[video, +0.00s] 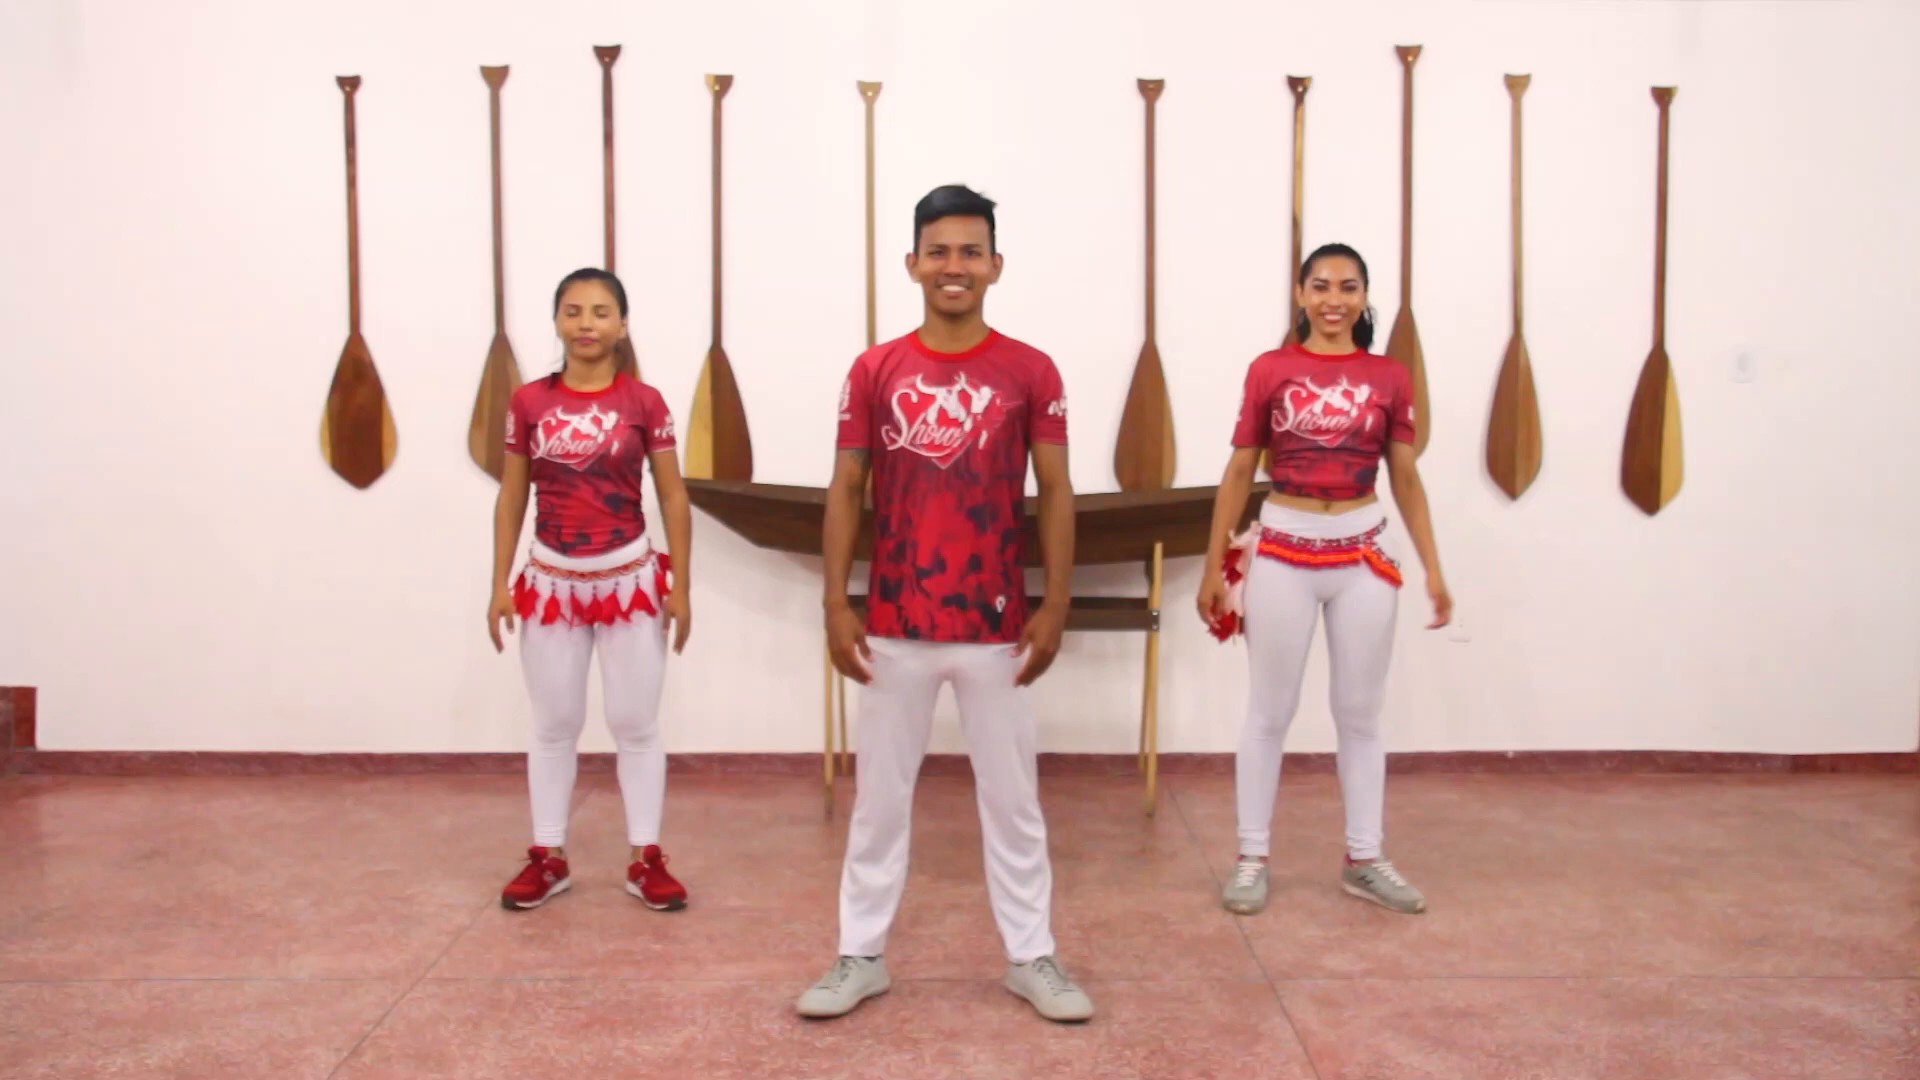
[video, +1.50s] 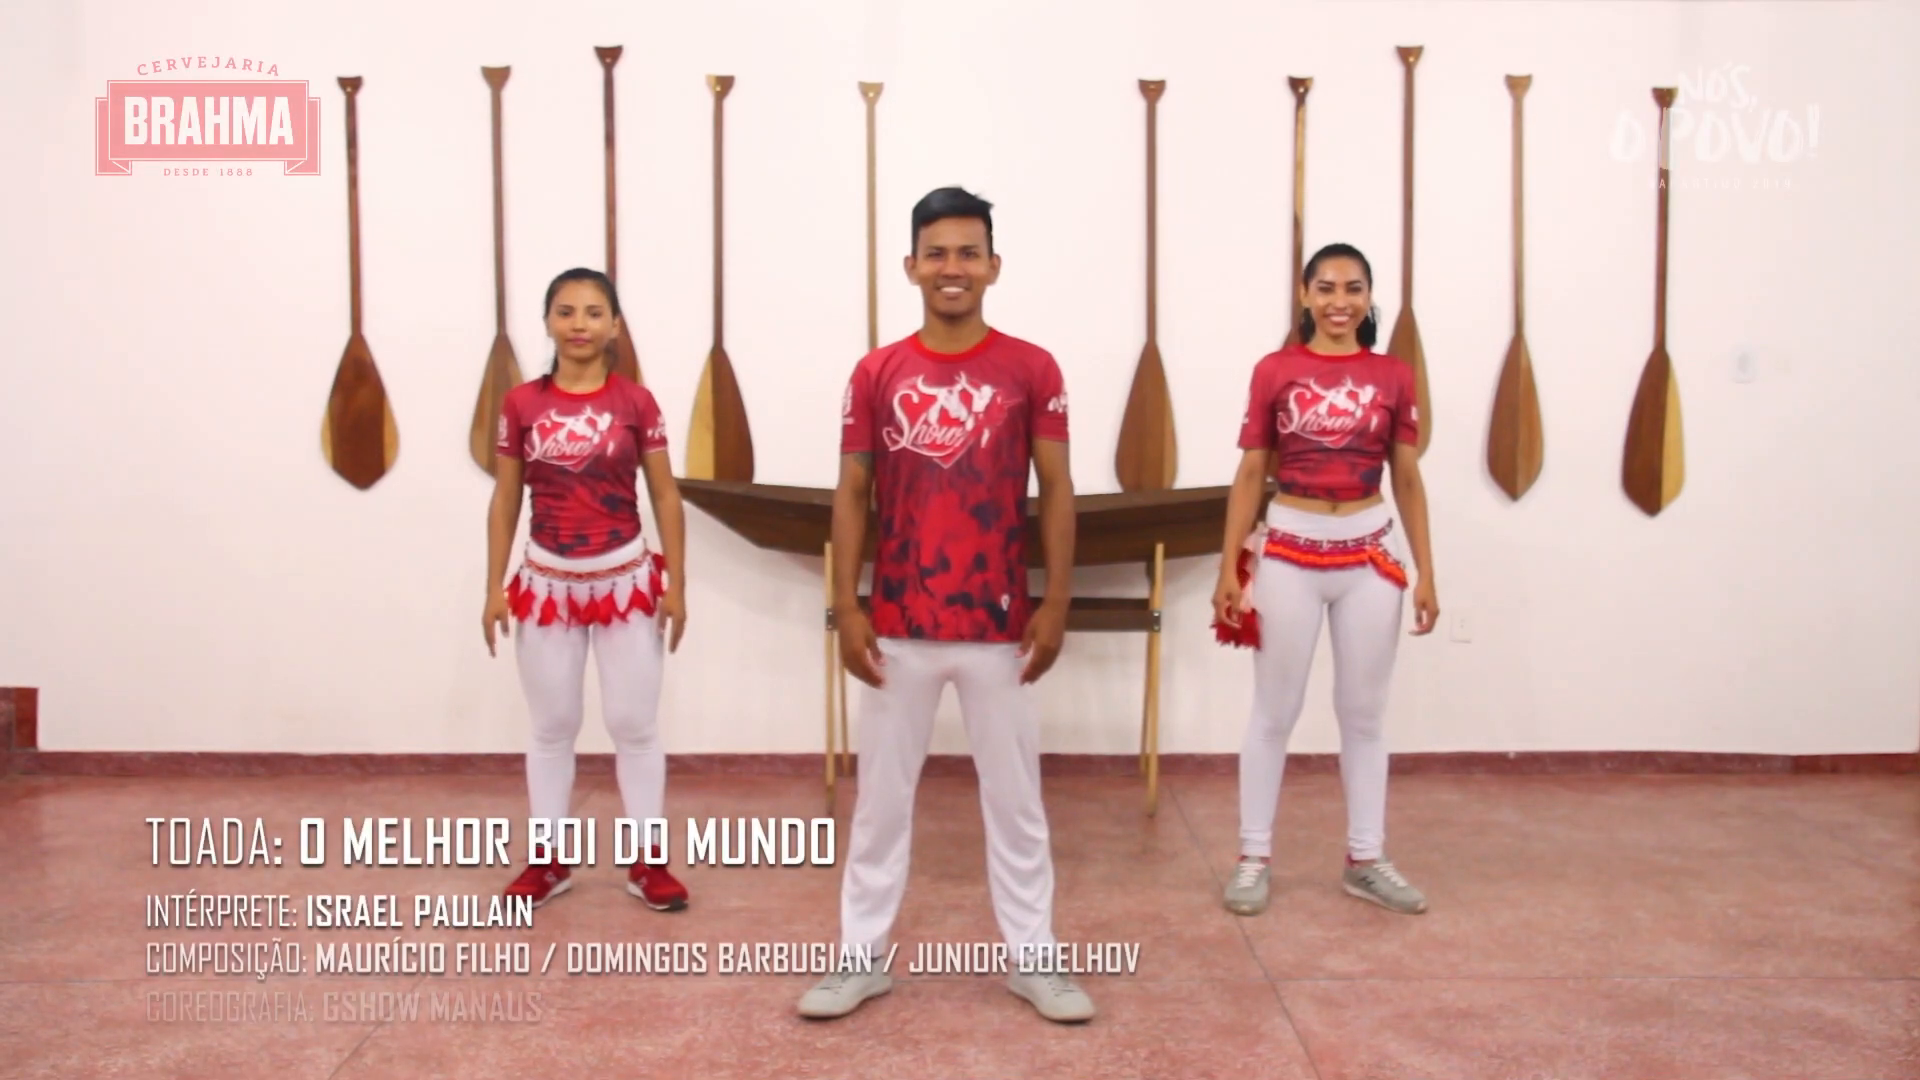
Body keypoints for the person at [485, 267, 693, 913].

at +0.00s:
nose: (587, 322)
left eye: (601, 312)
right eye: (574, 312)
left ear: (622, 324)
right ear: (557, 323)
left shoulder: (643, 401)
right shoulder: (530, 402)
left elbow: (673, 495)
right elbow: (512, 495)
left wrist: (680, 583)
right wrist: (501, 582)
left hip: (631, 579)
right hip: (550, 580)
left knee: (636, 727)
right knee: (554, 726)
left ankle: (647, 857)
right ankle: (547, 856)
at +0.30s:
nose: (584, 321)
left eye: (598, 311)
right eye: (570, 311)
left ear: (618, 325)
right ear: (552, 323)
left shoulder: (638, 400)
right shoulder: (526, 401)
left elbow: (669, 495)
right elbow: (507, 495)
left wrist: (675, 582)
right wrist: (496, 583)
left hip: (627, 578)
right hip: (546, 580)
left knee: (635, 727)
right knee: (551, 726)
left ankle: (647, 858)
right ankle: (547, 856)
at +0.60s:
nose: (581, 322)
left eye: (595, 312)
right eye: (567, 311)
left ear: (615, 325)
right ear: (549, 323)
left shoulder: (634, 400)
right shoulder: (522, 402)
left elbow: (664, 493)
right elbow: (504, 495)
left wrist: (671, 581)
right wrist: (494, 583)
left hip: (625, 578)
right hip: (544, 580)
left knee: (634, 727)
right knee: (551, 727)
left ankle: (647, 858)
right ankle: (547, 856)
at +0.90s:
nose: (579, 323)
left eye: (593, 312)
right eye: (565, 311)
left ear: (613, 324)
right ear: (547, 323)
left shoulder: (633, 400)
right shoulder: (521, 403)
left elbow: (663, 492)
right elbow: (504, 498)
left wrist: (673, 580)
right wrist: (496, 585)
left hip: (624, 578)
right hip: (545, 581)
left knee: (633, 726)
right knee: (551, 726)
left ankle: (648, 858)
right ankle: (548, 856)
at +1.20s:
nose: (579, 323)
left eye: (593, 312)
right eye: (566, 312)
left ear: (613, 324)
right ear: (547, 323)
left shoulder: (633, 400)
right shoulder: (522, 403)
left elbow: (664, 491)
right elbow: (504, 498)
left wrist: (675, 580)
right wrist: (496, 585)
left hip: (626, 578)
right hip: (545, 581)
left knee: (634, 727)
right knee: (551, 728)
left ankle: (649, 861)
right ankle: (547, 858)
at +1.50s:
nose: (580, 322)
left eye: (594, 312)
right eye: (566, 312)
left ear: (614, 324)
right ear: (548, 323)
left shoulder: (634, 400)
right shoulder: (523, 404)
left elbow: (666, 493)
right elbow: (506, 498)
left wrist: (676, 581)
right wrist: (495, 585)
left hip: (627, 579)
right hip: (546, 581)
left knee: (635, 728)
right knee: (551, 728)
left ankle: (648, 861)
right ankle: (548, 858)